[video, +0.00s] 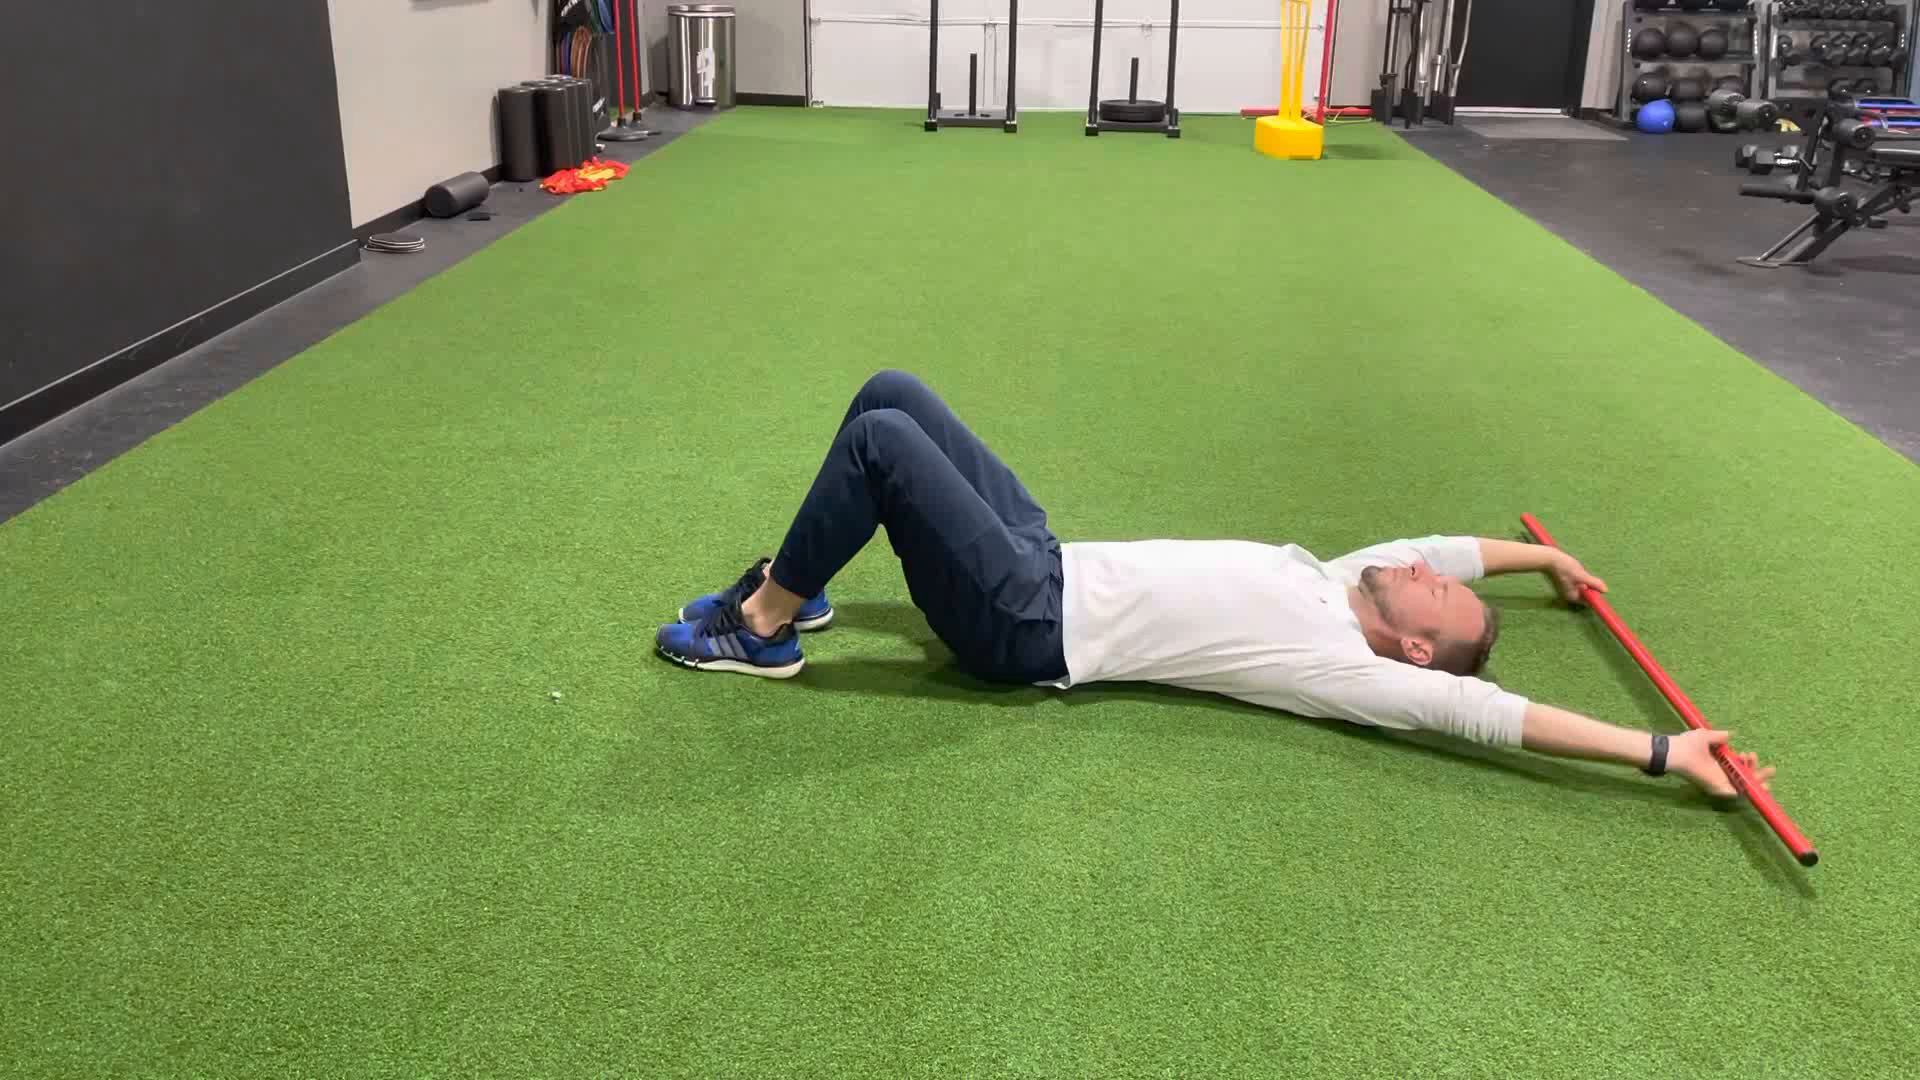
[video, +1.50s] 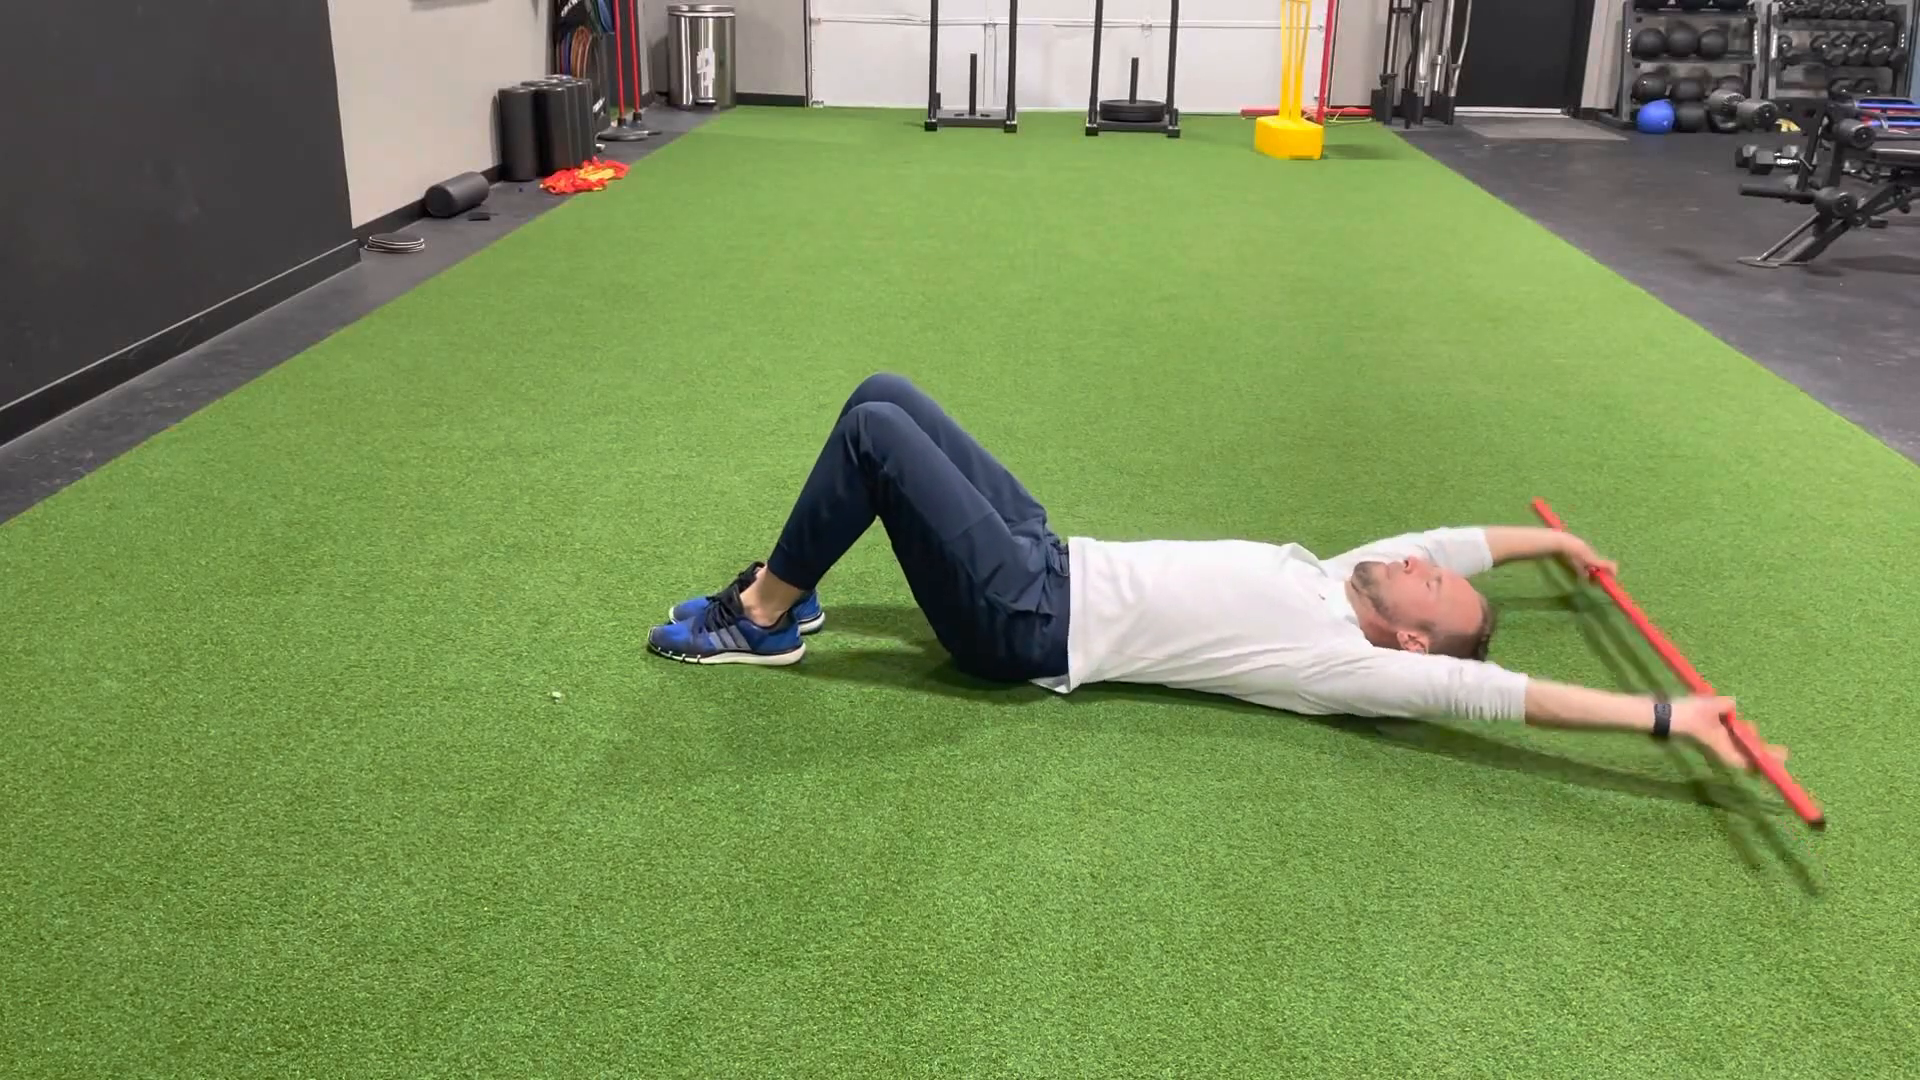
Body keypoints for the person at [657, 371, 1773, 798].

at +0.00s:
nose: (1423, 570)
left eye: (1436, 585)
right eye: (1437, 573)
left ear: (1427, 643)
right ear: (1417, 586)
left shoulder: (1347, 669)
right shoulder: (1339, 588)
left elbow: (1501, 718)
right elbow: (1433, 551)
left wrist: (1663, 748)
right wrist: (1554, 562)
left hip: (1037, 620)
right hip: (1056, 558)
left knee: (879, 426)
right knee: (893, 393)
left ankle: (778, 608)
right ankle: (787, 585)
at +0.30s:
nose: (1409, 569)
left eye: (1424, 586)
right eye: (1425, 571)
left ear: (1421, 646)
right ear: (1407, 586)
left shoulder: (1348, 670)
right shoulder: (1336, 590)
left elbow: (1503, 721)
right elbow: (1433, 556)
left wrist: (1659, 750)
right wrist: (1552, 567)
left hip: (1036, 618)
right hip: (1049, 564)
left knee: (878, 418)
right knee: (885, 400)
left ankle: (776, 606)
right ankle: (783, 587)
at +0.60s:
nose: (1403, 569)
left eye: (1418, 586)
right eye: (1417, 570)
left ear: (1418, 645)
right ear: (1401, 581)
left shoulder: (1350, 671)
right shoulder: (1334, 590)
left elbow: (1504, 721)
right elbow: (1430, 557)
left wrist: (1656, 749)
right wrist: (1547, 567)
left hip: (1031, 614)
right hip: (1051, 557)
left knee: (873, 419)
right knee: (884, 397)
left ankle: (771, 604)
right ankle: (782, 586)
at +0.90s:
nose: (1408, 568)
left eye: (1423, 585)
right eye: (1424, 570)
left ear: (1420, 646)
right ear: (1407, 586)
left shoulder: (1349, 669)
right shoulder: (1336, 590)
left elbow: (1505, 723)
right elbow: (1432, 559)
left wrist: (1658, 750)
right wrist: (1545, 565)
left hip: (1035, 614)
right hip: (1051, 558)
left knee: (873, 416)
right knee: (883, 399)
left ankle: (771, 606)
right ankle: (779, 589)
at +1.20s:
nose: (1410, 569)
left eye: (1425, 587)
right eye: (1425, 571)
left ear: (1421, 646)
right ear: (1407, 583)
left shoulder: (1351, 670)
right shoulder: (1336, 589)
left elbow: (1507, 724)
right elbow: (1430, 558)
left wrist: (1658, 750)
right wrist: (1547, 565)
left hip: (1037, 616)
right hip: (1052, 560)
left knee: (874, 416)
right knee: (883, 399)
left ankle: (771, 606)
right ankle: (779, 589)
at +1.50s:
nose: (1411, 557)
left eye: (1425, 572)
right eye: (1429, 560)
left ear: (1426, 634)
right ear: (1419, 585)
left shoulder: (1351, 662)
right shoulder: (1346, 588)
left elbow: (1509, 696)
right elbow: (1433, 544)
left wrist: (1673, 715)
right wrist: (1548, 541)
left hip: (1041, 617)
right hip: (1057, 557)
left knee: (874, 415)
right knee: (883, 394)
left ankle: (771, 604)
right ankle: (780, 589)